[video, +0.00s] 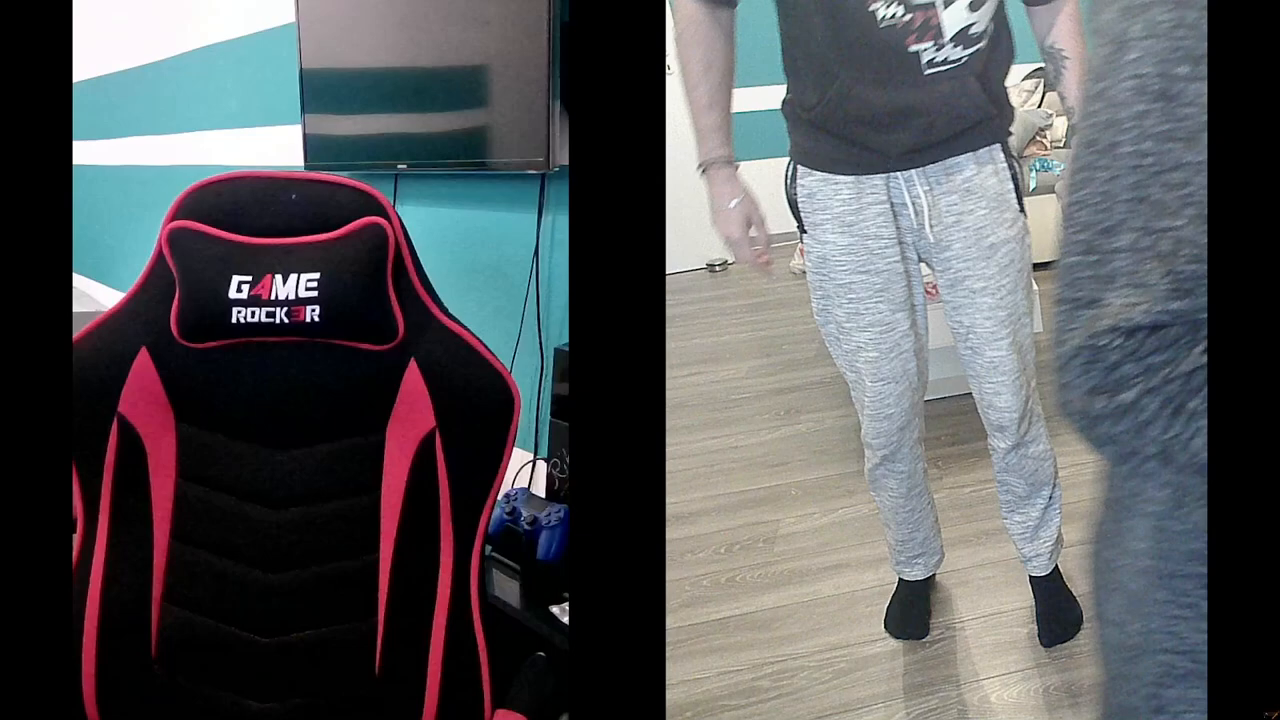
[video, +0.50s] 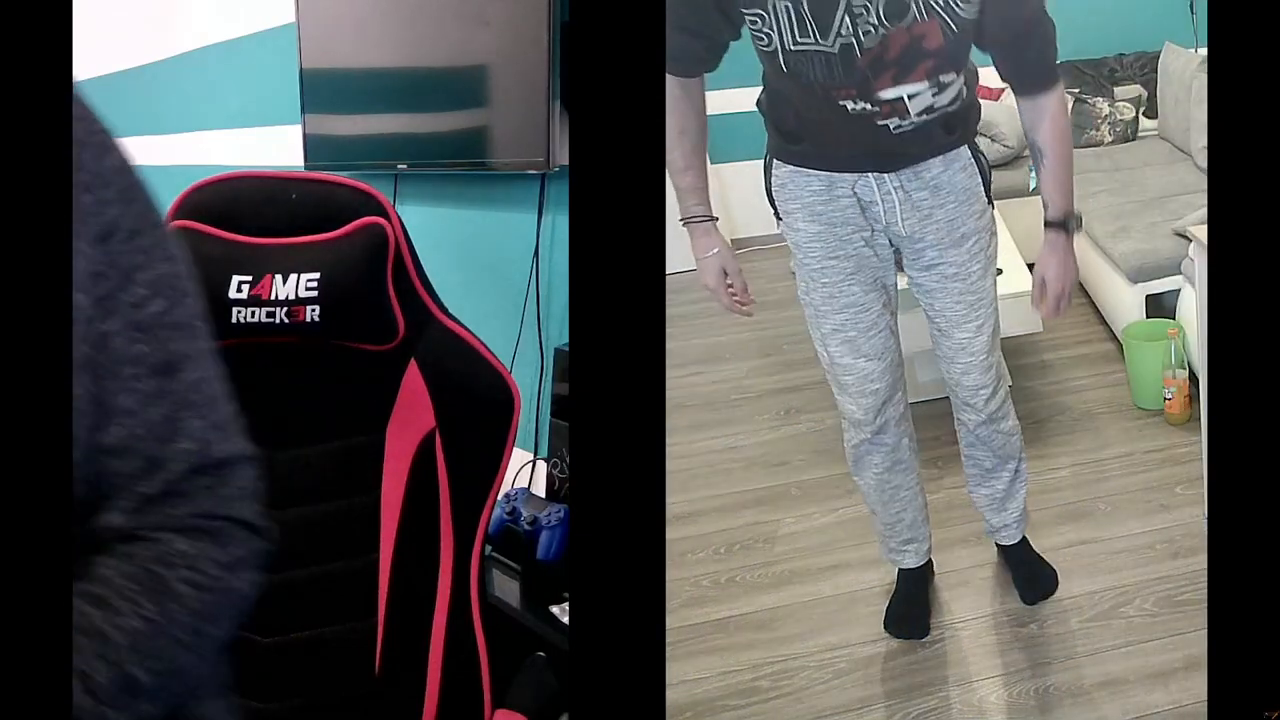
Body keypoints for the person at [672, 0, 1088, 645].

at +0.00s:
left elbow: (1051, 6)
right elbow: (702, 5)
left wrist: (1087, 118)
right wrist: (718, 166)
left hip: (967, 154)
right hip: (838, 174)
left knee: (1009, 399)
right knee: (884, 414)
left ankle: (1042, 561)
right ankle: (914, 563)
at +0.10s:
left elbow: (1033, 3)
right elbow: (687, 27)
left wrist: (1069, 134)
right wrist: (703, 193)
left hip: (956, 160)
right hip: (828, 183)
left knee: (1000, 393)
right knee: (879, 409)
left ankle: (1041, 559)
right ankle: (912, 564)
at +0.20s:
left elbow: (1024, 17)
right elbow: (677, 56)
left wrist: (1058, 154)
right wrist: (692, 217)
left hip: (943, 165)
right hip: (817, 189)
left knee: (990, 387)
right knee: (870, 409)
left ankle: (1029, 551)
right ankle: (912, 564)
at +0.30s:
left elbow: (1025, 38)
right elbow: (674, 67)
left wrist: (1056, 175)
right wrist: (690, 220)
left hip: (939, 164)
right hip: (814, 190)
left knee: (983, 381)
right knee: (869, 407)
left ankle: (1020, 537)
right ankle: (911, 563)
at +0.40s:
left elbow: (1031, 56)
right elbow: (675, 69)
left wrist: (1056, 194)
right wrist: (692, 221)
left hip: (938, 164)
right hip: (812, 188)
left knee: (980, 379)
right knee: (867, 406)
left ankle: (1015, 532)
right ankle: (910, 563)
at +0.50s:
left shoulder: (997, 5)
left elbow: (1038, 80)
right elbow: (680, 67)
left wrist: (1060, 226)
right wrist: (698, 221)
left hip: (940, 169)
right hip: (816, 187)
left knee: (978, 379)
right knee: (866, 403)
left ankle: (1011, 534)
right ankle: (910, 562)